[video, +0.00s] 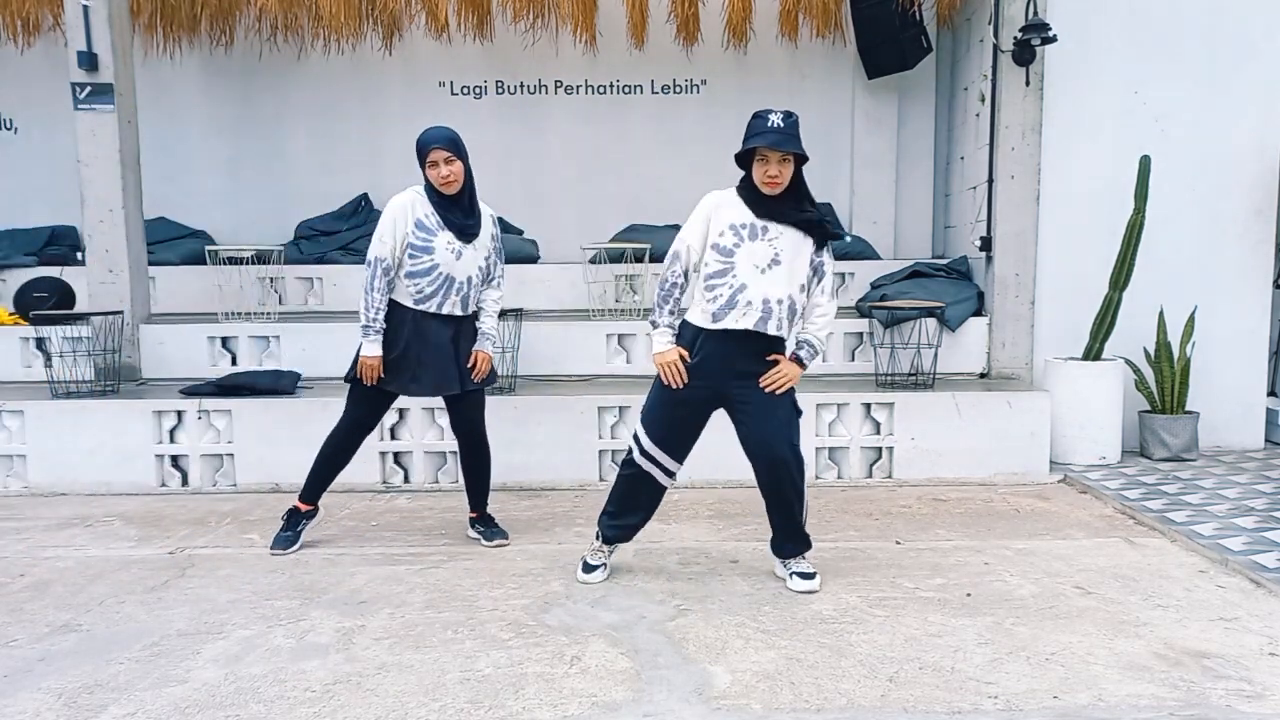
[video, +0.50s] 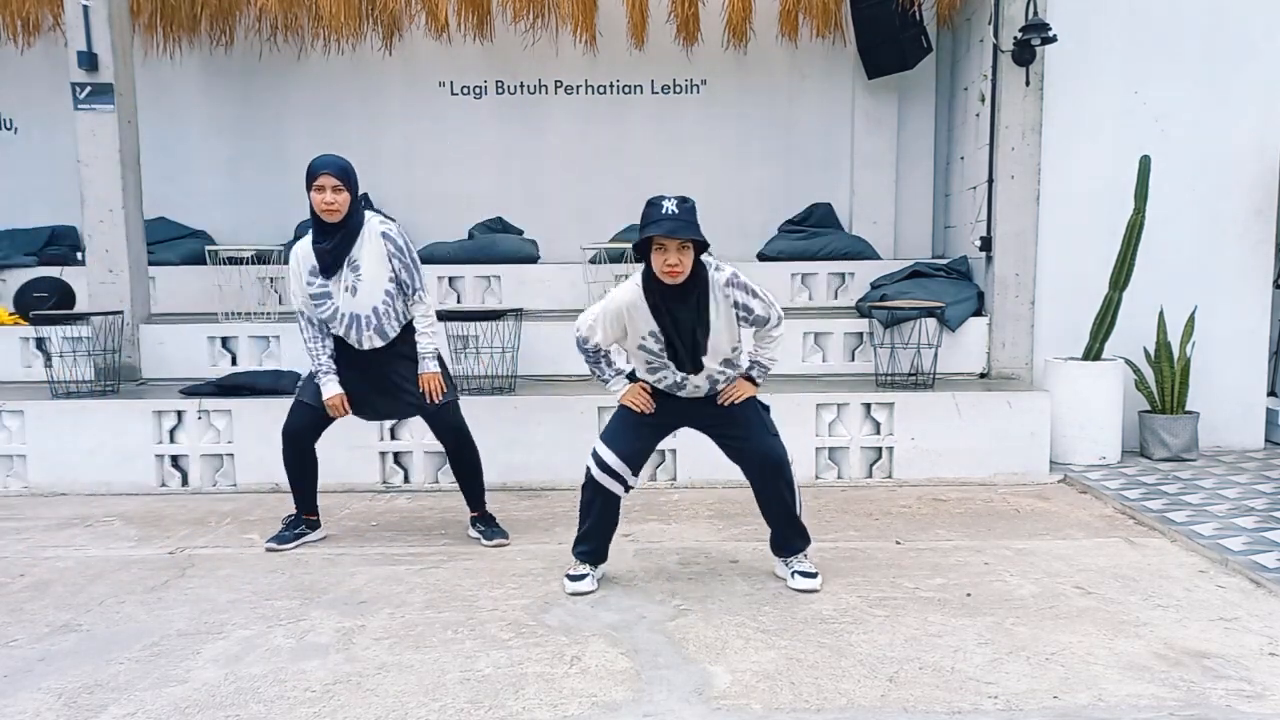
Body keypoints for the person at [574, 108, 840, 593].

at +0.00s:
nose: (773, 169)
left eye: (783, 160)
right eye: (763, 159)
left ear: (797, 164)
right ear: (748, 161)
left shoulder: (810, 228)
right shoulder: (716, 206)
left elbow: (822, 305)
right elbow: (673, 274)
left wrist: (799, 357)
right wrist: (662, 338)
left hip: (765, 360)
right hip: (699, 350)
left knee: (781, 459)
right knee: (650, 450)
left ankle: (792, 552)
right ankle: (605, 540)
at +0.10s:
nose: (780, 169)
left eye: (790, 159)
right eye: (770, 158)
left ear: (804, 163)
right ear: (754, 159)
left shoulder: (815, 225)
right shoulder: (722, 200)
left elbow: (823, 302)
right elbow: (673, 260)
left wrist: (794, 353)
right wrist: (661, 332)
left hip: (761, 358)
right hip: (694, 345)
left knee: (778, 454)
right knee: (641, 442)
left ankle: (791, 550)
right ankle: (601, 534)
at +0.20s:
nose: (782, 193)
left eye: (792, 183)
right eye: (771, 183)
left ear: (805, 185)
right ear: (754, 184)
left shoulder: (815, 245)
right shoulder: (720, 226)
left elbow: (822, 313)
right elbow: (662, 271)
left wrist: (789, 359)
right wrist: (655, 344)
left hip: (755, 368)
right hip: (686, 356)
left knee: (780, 449)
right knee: (636, 435)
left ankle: (791, 552)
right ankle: (594, 537)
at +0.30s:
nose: (767, 238)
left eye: (776, 227)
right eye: (756, 228)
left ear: (790, 229)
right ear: (739, 230)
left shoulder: (806, 277)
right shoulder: (710, 268)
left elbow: (820, 327)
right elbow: (645, 308)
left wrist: (782, 372)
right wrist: (650, 368)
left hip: (748, 385)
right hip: (680, 377)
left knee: (784, 455)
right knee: (628, 451)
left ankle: (792, 552)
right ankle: (588, 554)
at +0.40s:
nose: (728, 270)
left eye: (737, 258)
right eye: (716, 260)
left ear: (751, 260)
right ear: (700, 263)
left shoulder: (770, 300)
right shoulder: (674, 300)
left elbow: (807, 345)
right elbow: (615, 327)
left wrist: (767, 382)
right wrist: (633, 384)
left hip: (737, 399)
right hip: (668, 396)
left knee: (780, 461)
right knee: (619, 462)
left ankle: (792, 553)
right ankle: (589, 559)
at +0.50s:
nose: (673, 259)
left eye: (682, 248)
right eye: (662, 249)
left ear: (697, 249)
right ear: (647, 252)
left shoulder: (725, 283)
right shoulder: (629, 297)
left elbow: (771, 319)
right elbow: (587, 335)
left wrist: (753, 375)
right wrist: (622, 383)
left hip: (723, 395)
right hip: (656, 398)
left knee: (771, 459)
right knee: (606, 465)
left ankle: (791, 553)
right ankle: (587, 560)